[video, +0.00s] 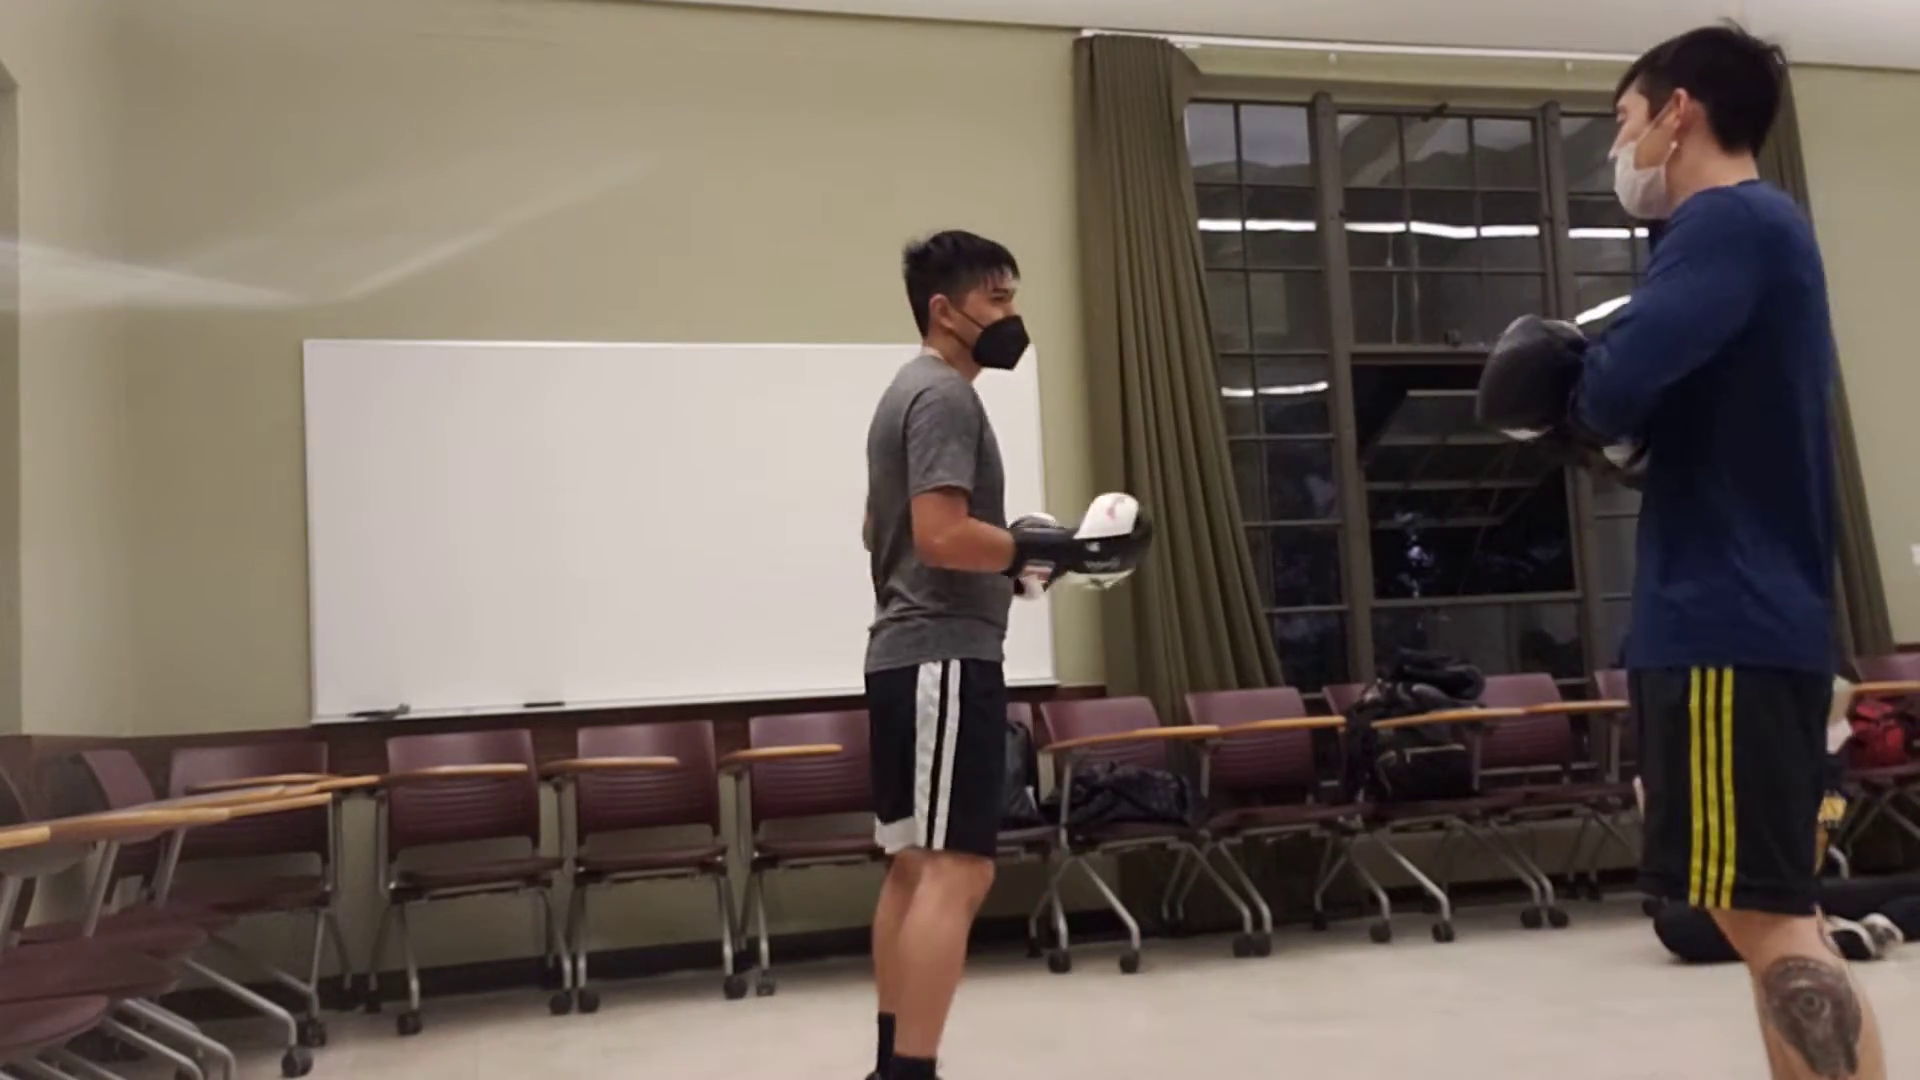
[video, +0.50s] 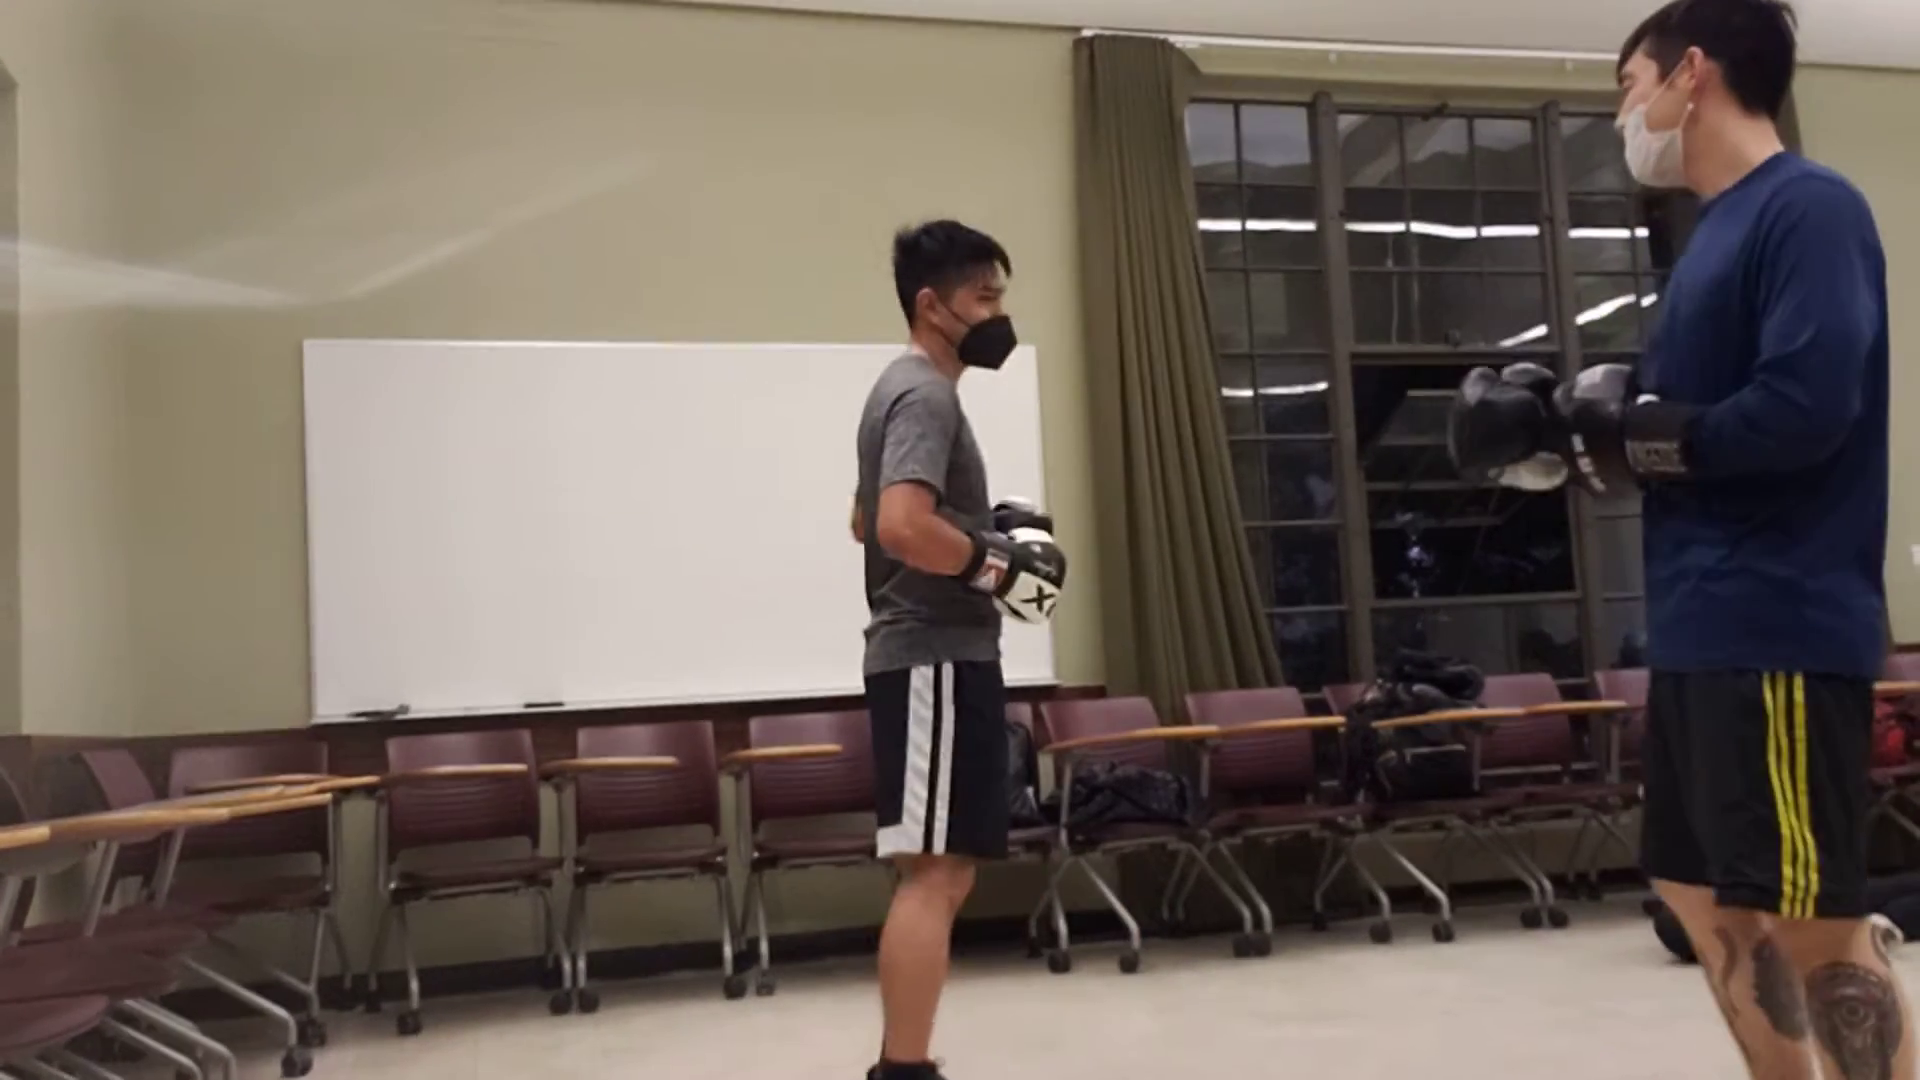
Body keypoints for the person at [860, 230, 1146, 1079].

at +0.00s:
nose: (1013, 311)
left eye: (1012, 296)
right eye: (997, 296)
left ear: (943, 311)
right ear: (942, 306)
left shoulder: (908, 393)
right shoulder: (943, 394)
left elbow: (891, 539)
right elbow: (941, 535)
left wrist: (1011, 558)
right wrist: (1035, 548)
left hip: (908, 655)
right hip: (946, 657)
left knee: (910, 870)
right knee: (959, 871)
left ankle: (895, 1061)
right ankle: (912, 1068)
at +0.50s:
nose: (999, 310)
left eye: (1000, 295)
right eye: (983, 296)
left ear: (932, 308)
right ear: (929, 302)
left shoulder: (900, 389)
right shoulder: (923, 394)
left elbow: (867, 520)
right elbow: (901, 522)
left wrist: (979, 531)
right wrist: (991, 566)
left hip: (933, 659)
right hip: (934, 663)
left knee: (939, 873)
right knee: (934, 874)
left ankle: (906, 1062)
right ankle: (906, 1066)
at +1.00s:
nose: (995, 342)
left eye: (1001, 326)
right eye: (978, 326)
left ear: (1003, 320)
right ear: (927, 326)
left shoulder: (950, 419)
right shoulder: (907, 411)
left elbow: (976, 540)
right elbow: (942, 536)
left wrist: (1039, 479)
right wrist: (1032, 476)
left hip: (963, 658)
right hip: (951, 660)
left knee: (941, 854)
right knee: (1019, 860)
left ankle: (897, 1058)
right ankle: (1040, 1071)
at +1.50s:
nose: (1044, 309)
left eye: (1046, 292)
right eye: (1028, 293)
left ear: (978, 305)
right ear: (974, 301)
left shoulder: (950, 384)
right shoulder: (979, 387)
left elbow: (989, 515)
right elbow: (1017, 526)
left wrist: (1076, 474)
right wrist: (1119, 475)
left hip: (959, 647)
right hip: (995, 650)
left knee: (965, 855)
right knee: (1033, 866)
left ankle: (909, 1051)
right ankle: (1054, 1074)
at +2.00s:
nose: (967, 335)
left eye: (972, 319)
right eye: (948, 320)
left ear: (972, 315)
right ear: (898, 324)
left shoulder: (922, 414)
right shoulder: (869, 414)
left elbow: (903, 542)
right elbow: (841, 554)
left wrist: (977, 553)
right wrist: (950, 570)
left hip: (909, 659)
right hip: (878, 661)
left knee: (893, 864)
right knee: (941, 860)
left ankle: (882, 1060)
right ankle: (948, 1067)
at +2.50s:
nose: (903, 334)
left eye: (911, 316)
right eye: (883, 316)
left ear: (917, 313)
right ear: (833, 314)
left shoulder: (858, 412)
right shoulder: (796, 404)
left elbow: (839, 542)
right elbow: (793, 544)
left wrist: (924, 532)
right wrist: (912, 543)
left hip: (844, 671)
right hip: (785, 671)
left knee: (856, 861)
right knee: (787, 879)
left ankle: (848, 1052)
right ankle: (771, 1074)